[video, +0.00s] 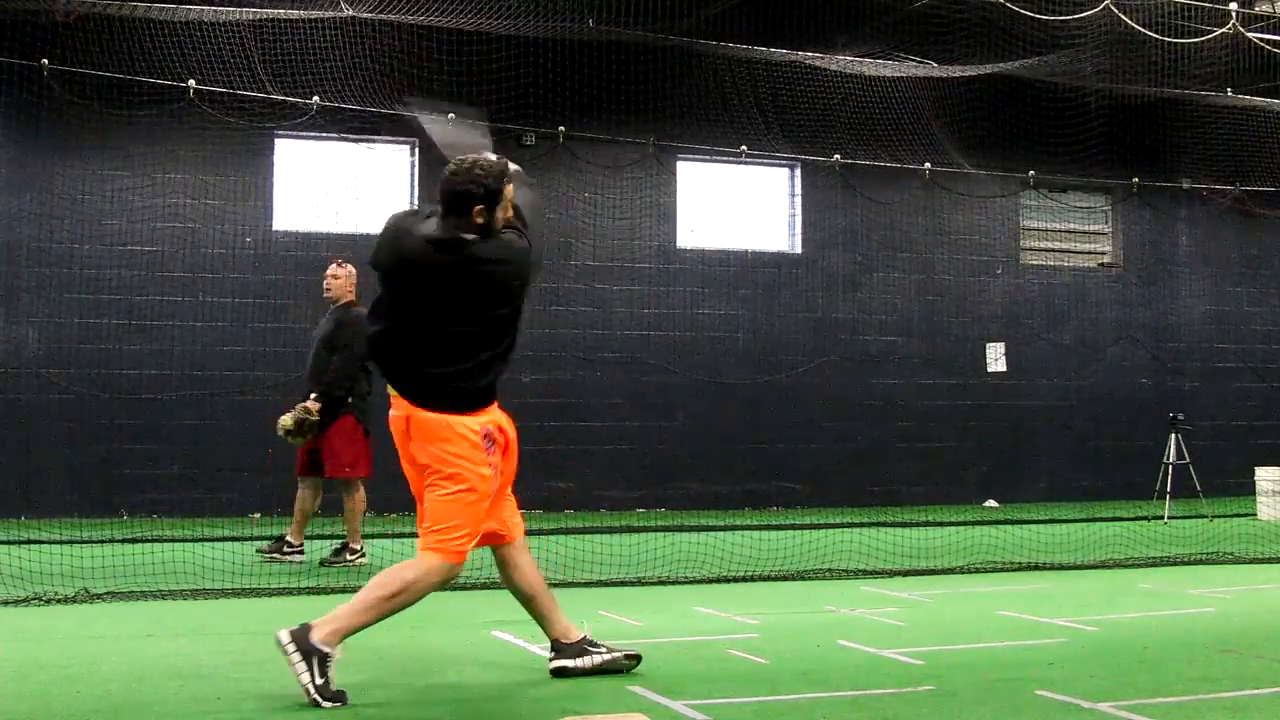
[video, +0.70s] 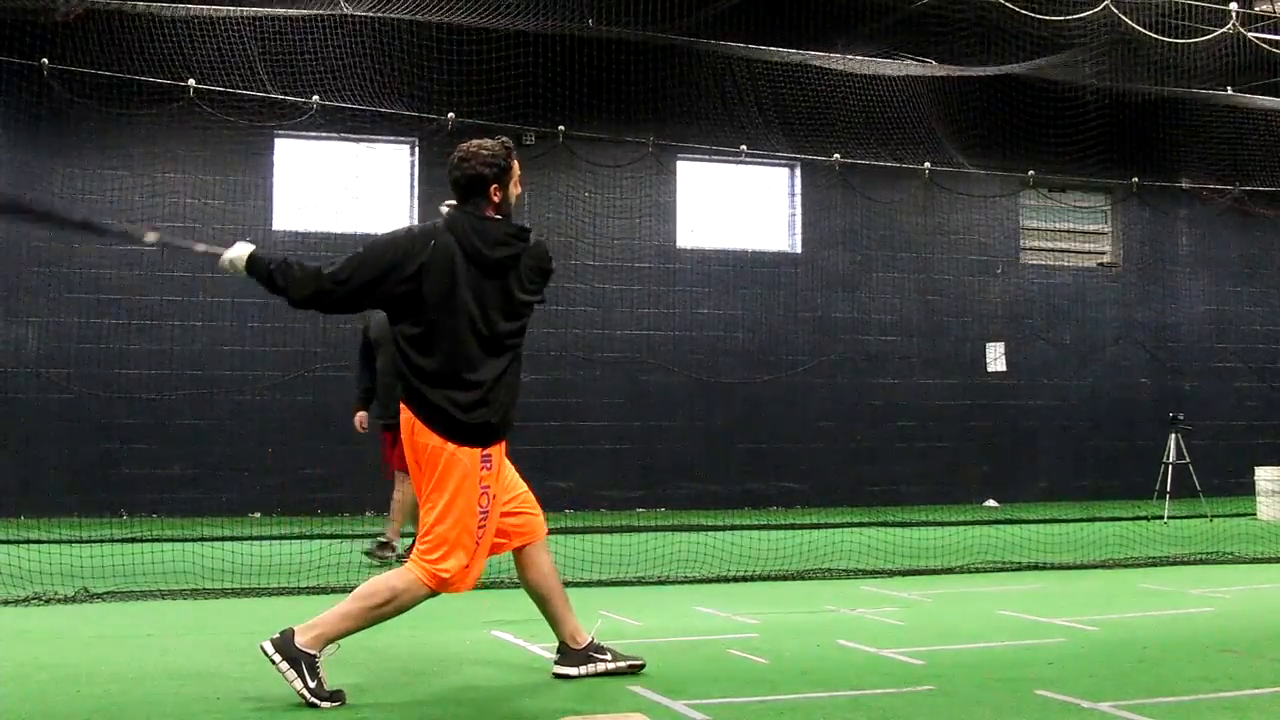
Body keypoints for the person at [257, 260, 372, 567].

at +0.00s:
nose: (326, 282)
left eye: (333, 277)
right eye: (325, 278)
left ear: (350, 283)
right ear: (327, 284)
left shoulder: (355, 318)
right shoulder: (333, 318)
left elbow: (347, 366)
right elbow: (325, 364)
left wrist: (320, 398)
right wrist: (311, 398)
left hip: (347, 409)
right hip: (323, 406)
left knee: (350, 478)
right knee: (308, 475)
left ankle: (354, 546)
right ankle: (294, 541)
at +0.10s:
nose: (343, 282)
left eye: (350, 276)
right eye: (339, 276)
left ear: (365, 282)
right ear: (334, 281)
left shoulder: (367, 318)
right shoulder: (335, 316)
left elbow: (365, 369)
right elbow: (330, 363)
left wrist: (343, 404)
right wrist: (320, 402)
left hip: (356, 409)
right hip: (326, 406)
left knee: (355, 478)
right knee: (313, 471)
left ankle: (354, 545)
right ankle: (316, 538)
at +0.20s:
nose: (355, 287)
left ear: (371, 288)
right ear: (352, 286)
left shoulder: (376, 320)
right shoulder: (341, 318)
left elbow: (379, 367)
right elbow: (334, 363)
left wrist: (368, 405)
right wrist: (327, 403)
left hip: (364, 406)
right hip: (332, 405)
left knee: (357, 477)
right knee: (319, 469)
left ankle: (356, 544)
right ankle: (356, 526)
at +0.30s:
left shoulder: (382, 328)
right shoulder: (347, 325)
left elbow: (397, 371)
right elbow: (344, 371)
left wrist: (394, 411)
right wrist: (329, 405)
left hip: (370, 415)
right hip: (340, 415)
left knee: (363, 482)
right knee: (338, 476)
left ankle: (355, 547)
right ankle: (390, 522)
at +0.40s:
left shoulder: (391, 323)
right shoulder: (353, 326)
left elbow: (403, 366)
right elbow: (342, 364)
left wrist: (402, 402)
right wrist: (331, 400)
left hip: (380, 409)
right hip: (354, 408)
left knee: (369, 479)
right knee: (371, 480)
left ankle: (356, 546)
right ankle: (409, 529)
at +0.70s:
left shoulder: (423, 320)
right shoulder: (376, 318)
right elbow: (366, 364)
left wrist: (425, 403)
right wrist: (362, 405)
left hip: (413, 407)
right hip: (385, 407)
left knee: (403, 472)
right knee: (404, 474)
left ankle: (391, 537)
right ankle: (423, 536)